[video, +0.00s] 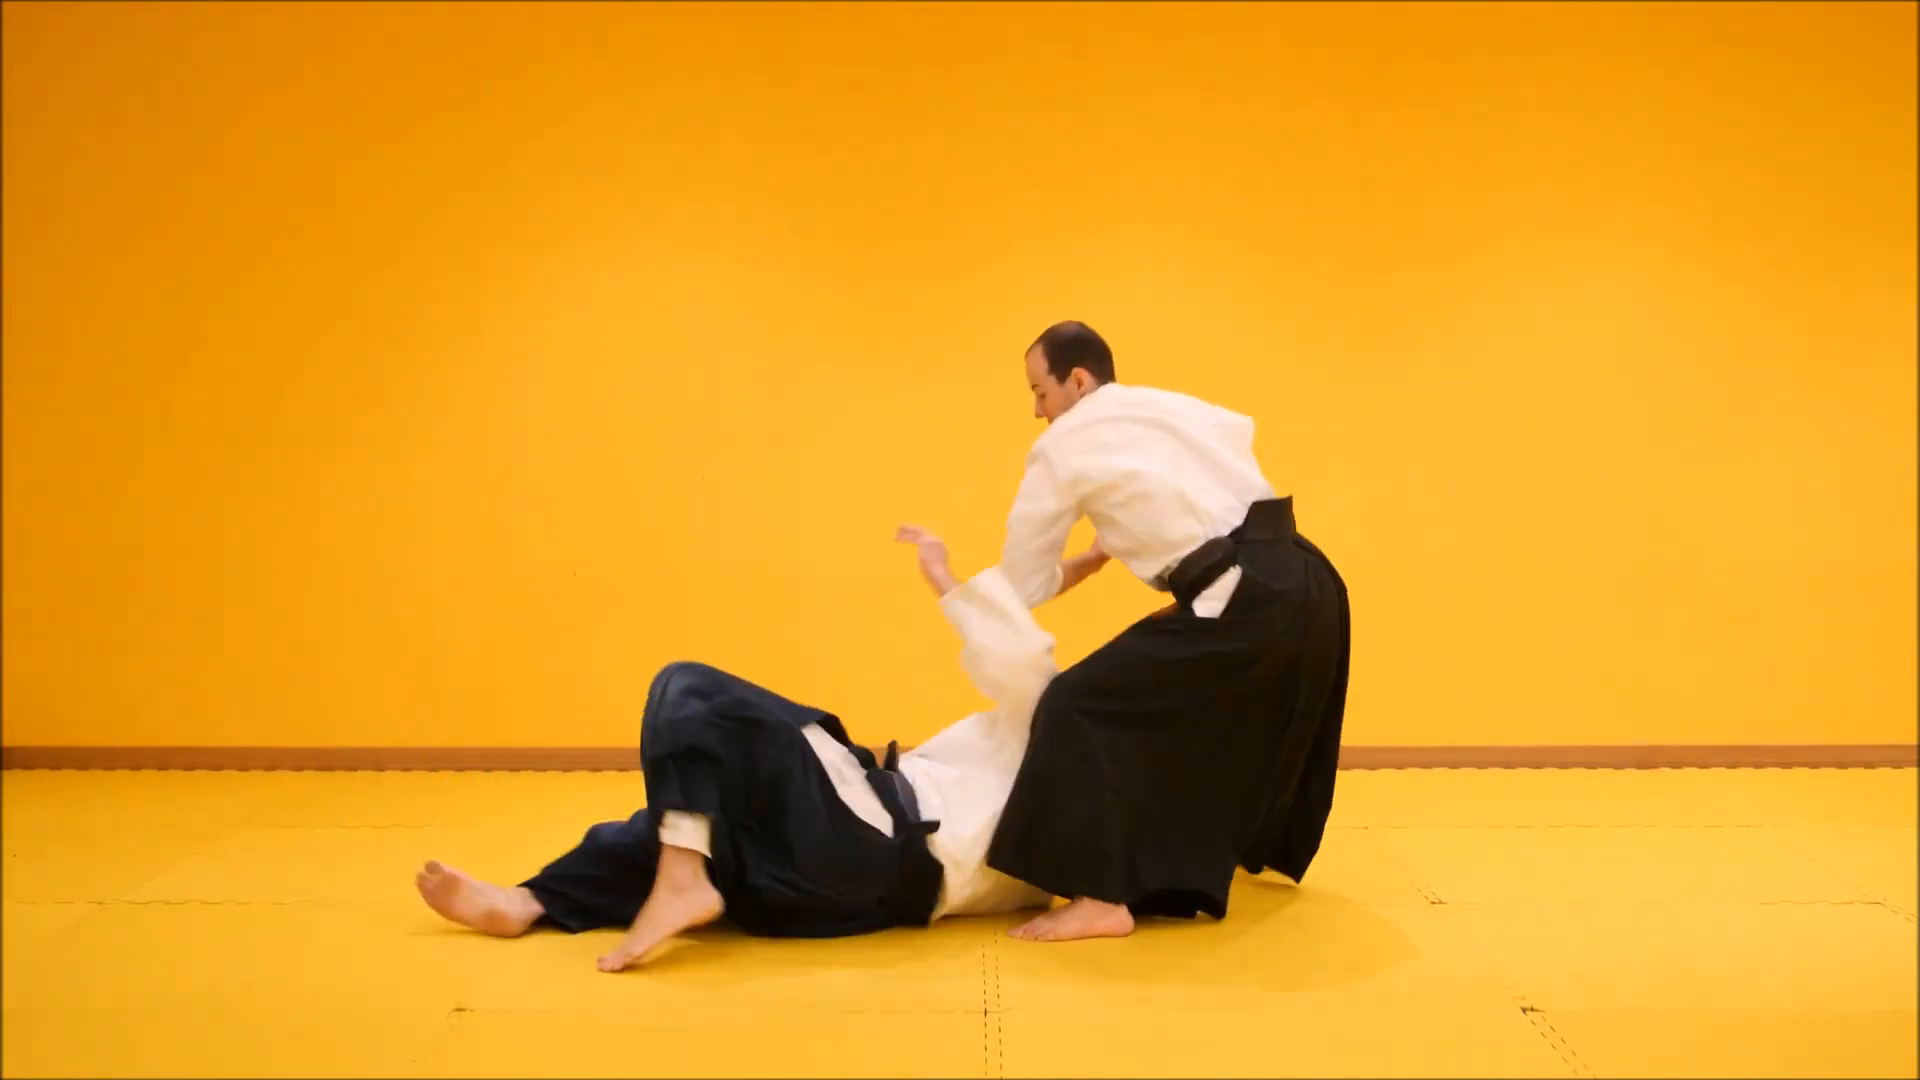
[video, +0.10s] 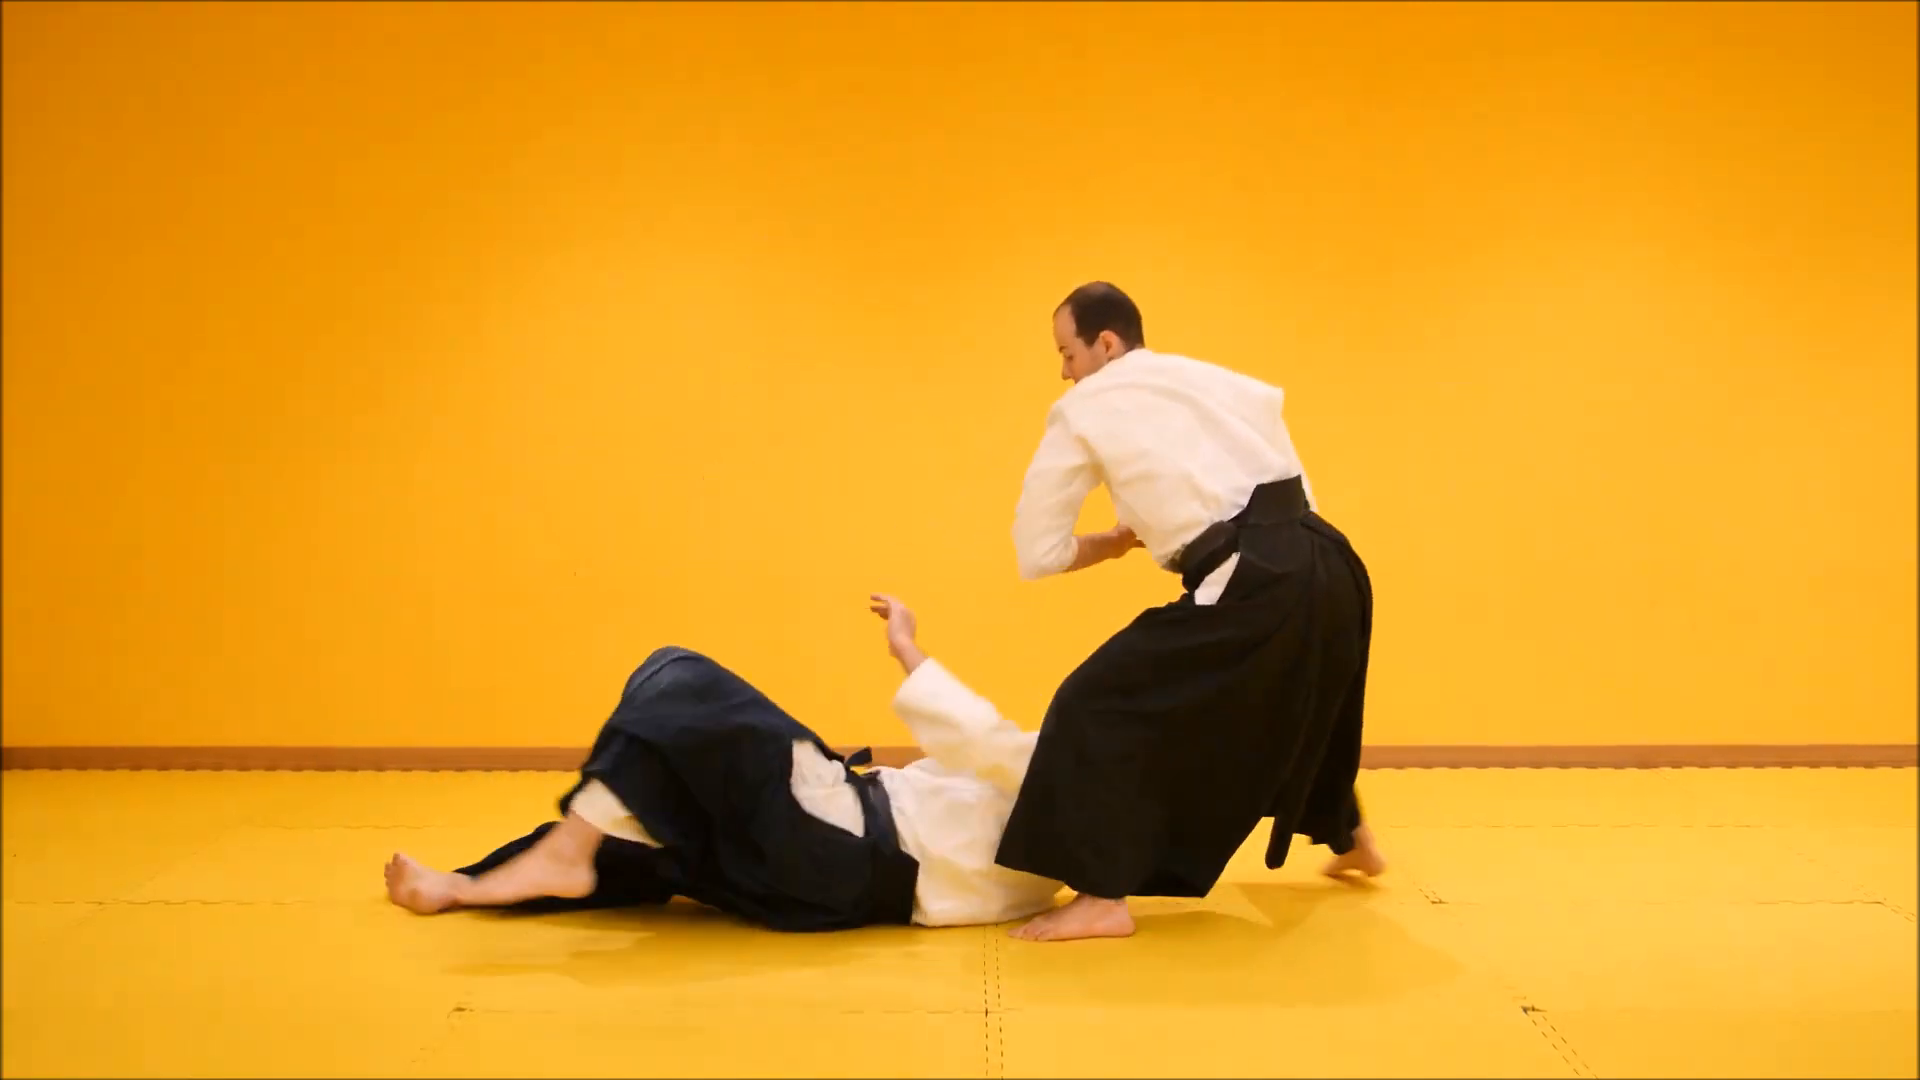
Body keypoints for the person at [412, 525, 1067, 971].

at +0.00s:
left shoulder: (1066, 738)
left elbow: (1033, 673)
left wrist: (952, 588)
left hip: (887, 844)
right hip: (846, 890)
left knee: (693, 692)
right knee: (665, 836)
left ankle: (684, 881)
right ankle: (527, 901)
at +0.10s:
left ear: (1102, 745)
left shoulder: (1070, 789)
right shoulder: (1084, 852)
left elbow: (985, 741)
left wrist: (916, 663)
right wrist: (891, 780)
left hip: (850, 840)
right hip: (832, 882)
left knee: (683, 679)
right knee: (633, 840)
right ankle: (462, 887)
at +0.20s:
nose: (1034, 725)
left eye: (1047, 724)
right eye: (1044, 720)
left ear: (1062, 739)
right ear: (1087, 760)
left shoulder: (1034, 780)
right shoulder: (1077, 833)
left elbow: (943, 799)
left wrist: (844, 744)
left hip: (838, 843)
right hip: (850, 871)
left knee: (652, 751)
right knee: (644, 825)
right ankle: (451, 872)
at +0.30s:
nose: (986, 737)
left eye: (1002, 733)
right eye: (995, 728)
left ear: (1030, 765)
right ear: (1017, 759)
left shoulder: (1015, 837)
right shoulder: (970, 782)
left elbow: (942, 891)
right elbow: (905, 810)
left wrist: (820, 859)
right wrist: (857, 762)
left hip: (808, 866)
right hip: (802, 813)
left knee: (637, 830)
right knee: (624, 783)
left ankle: (404, 858)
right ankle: (475, 889)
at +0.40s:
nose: (941, 762)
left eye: (959, 765)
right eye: (948, 748)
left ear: (1003, 782)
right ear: (964, 735)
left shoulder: (997, 859)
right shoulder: (951, 754)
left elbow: (970, 942)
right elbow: (872, 748)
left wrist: (858, 932)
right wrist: (793, 750)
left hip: (785, 854)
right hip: (776, 786)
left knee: (611, 858)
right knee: (603, 780)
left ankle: (393, 910)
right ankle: (465, 849)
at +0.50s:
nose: (891, 767)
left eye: (912, 769)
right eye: (894, 749)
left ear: (960, 770)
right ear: (902, 722)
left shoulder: (981, 836)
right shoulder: (895, 707)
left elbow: (1008, 948)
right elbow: (790, 709)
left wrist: (903, 964)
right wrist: (723, 799)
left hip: (777, 881)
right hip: (765, 788)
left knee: (581, 862)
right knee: (594, 752)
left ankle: (406, 896)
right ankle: (491, 830)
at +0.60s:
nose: (844, 766)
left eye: (866, 760)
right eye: (840, 744)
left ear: (909, 751)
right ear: (836, 707)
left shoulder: (939, 818)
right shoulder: (805, 696)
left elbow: (992, 938)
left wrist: (927, 974)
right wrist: (675, 880)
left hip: (758, 876)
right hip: (722, 780)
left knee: (590, 872)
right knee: (577, 724)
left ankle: (437, 886)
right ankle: (495, 859)